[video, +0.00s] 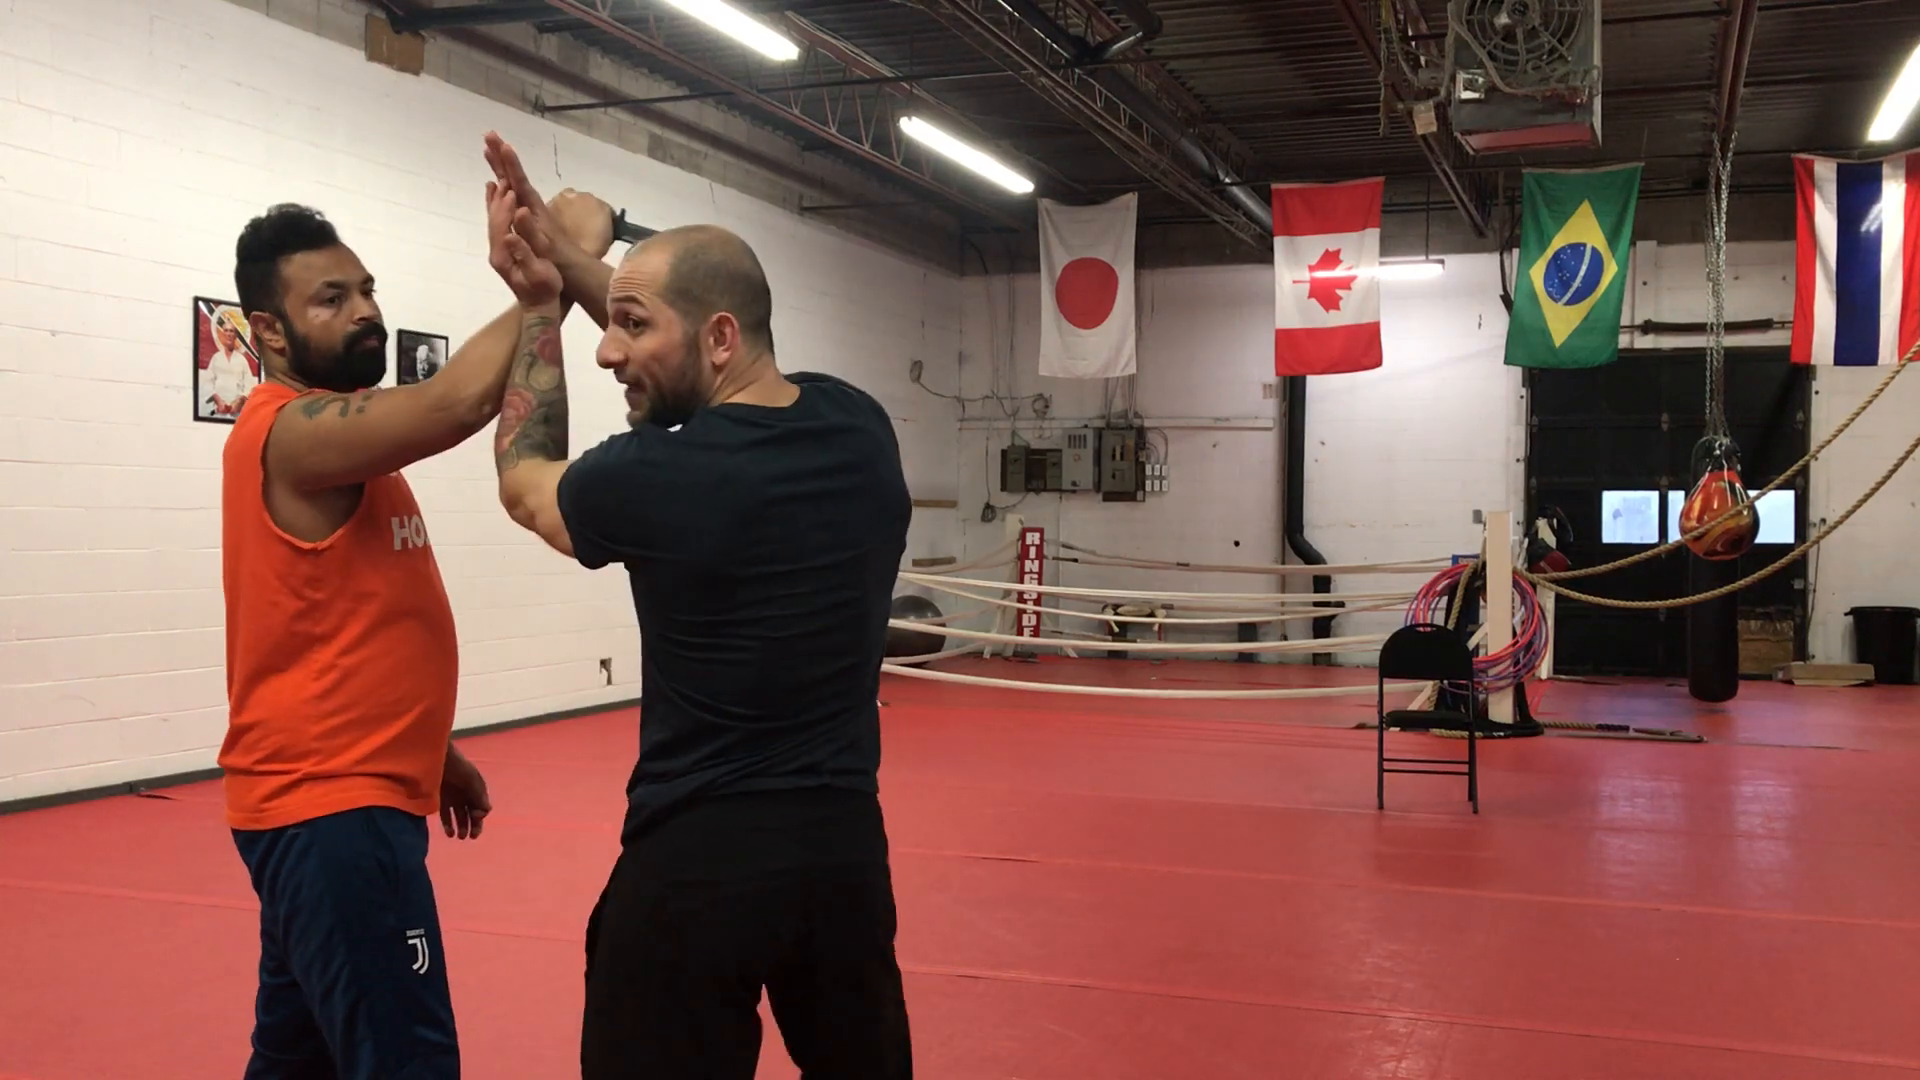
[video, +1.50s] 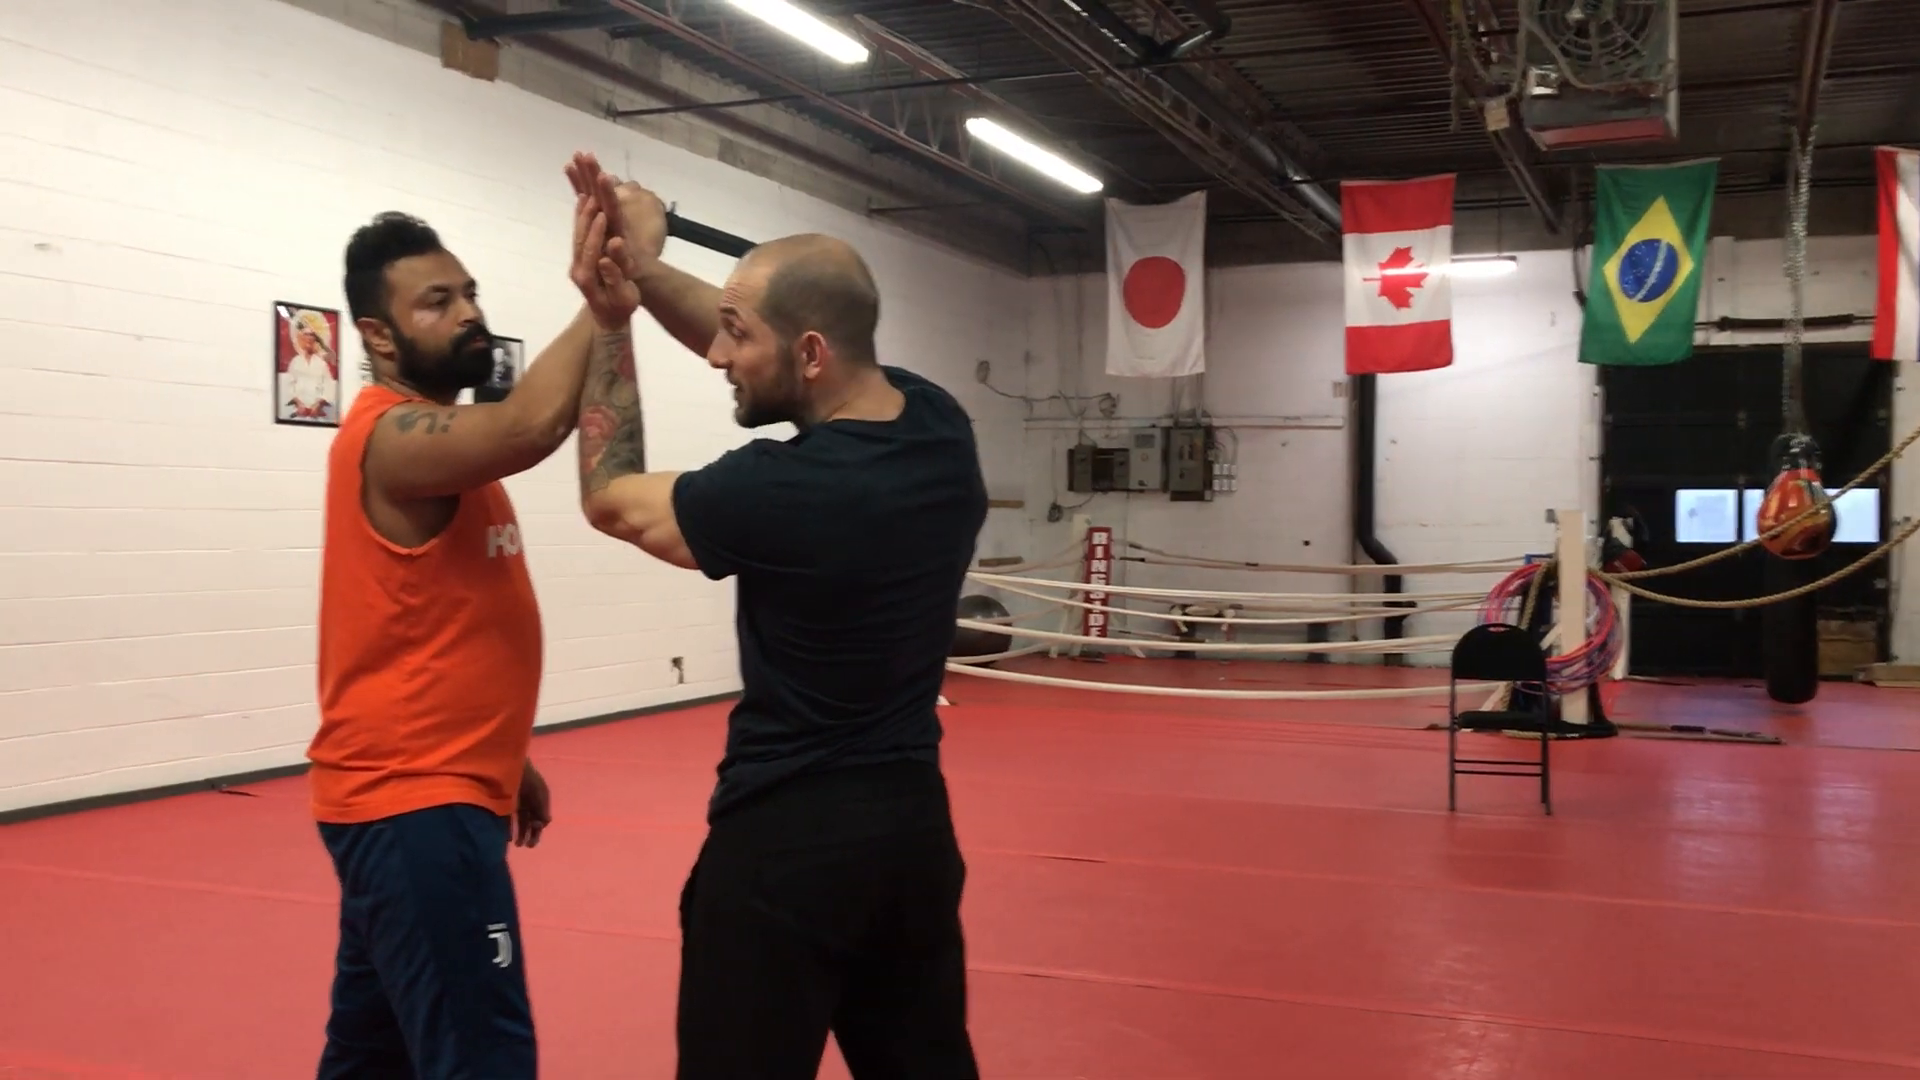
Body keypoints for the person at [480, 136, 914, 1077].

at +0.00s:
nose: (609, 355)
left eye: (634, 325)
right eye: (612, 325)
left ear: (719, 339)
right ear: (728, 337)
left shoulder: (649, 475)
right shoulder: (862, 428)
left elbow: (528, 482)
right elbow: (713, 364)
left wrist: (538, 308)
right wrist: (579, 273)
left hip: (686, 863)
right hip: (839, 853)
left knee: (651, 1059)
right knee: (868, 1063)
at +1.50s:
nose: (722, 353)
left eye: (739, 335)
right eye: (726, 331)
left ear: (810, 354)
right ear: (821, 348)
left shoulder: (774, 492)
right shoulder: (939, 429)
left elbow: (611, 497)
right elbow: (748, 338)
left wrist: (609, 313)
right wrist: (641, 265)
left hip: (776, 845)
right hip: (908, 829)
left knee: (734, 1063)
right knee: (928, 1066)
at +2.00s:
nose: (840, 361)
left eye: (866, 335)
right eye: (842, 334)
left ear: (945, 344)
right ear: (947, 347)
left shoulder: (889, 492)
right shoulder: (1055, 430)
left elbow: (728, 496)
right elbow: (867, 332)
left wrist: (737, 315)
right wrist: (773, 266)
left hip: (881, 845)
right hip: (1015, 831)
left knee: (839, 1064)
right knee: (1031, 1067)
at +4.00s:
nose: (923, 353)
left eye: (943, 328)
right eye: (926, 329)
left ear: (1021, 344)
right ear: (1027, 346)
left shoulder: (975, 486)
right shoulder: (1141, 436)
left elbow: (815, 499)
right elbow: (954, 350)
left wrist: (831, 318)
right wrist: (872, 271)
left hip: (960, 847)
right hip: (1097, 835)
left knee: (920, 1062)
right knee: (1112, 1067)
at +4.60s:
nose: (950, 312)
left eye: (956, 291)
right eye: (952, 291)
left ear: (995, 305)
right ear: (1090, 299)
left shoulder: (961, 451)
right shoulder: (1185, 430)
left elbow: (829, 556)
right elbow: (1057, 432)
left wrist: (862, 408)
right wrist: (934, 373)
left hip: (1029, 859)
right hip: (1183, 838)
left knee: (981, 1064)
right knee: (1243, 1068)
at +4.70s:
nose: (1009, 309)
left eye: (1014, 289)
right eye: (1011, 289)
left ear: (1051, 303)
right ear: (1147, 302)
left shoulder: (1002, 465)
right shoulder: (1240, 445)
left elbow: (872, 612)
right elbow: (1120, 528)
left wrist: (891, 471)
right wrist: (983, 430)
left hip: (1061, 874)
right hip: (1222, 858)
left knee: (1001, 1066)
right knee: (1303, 1069)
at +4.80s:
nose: (1076, 317)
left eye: (1082, 297)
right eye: (1079, 296)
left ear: (1123, 314)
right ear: (1217, 313)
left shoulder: (1071, 477)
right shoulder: (1312, 467)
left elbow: (947, 689)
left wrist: (942, 574)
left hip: (1109, 895)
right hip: (1282, 886)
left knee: (1032, 1065)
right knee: (1365, 1069)